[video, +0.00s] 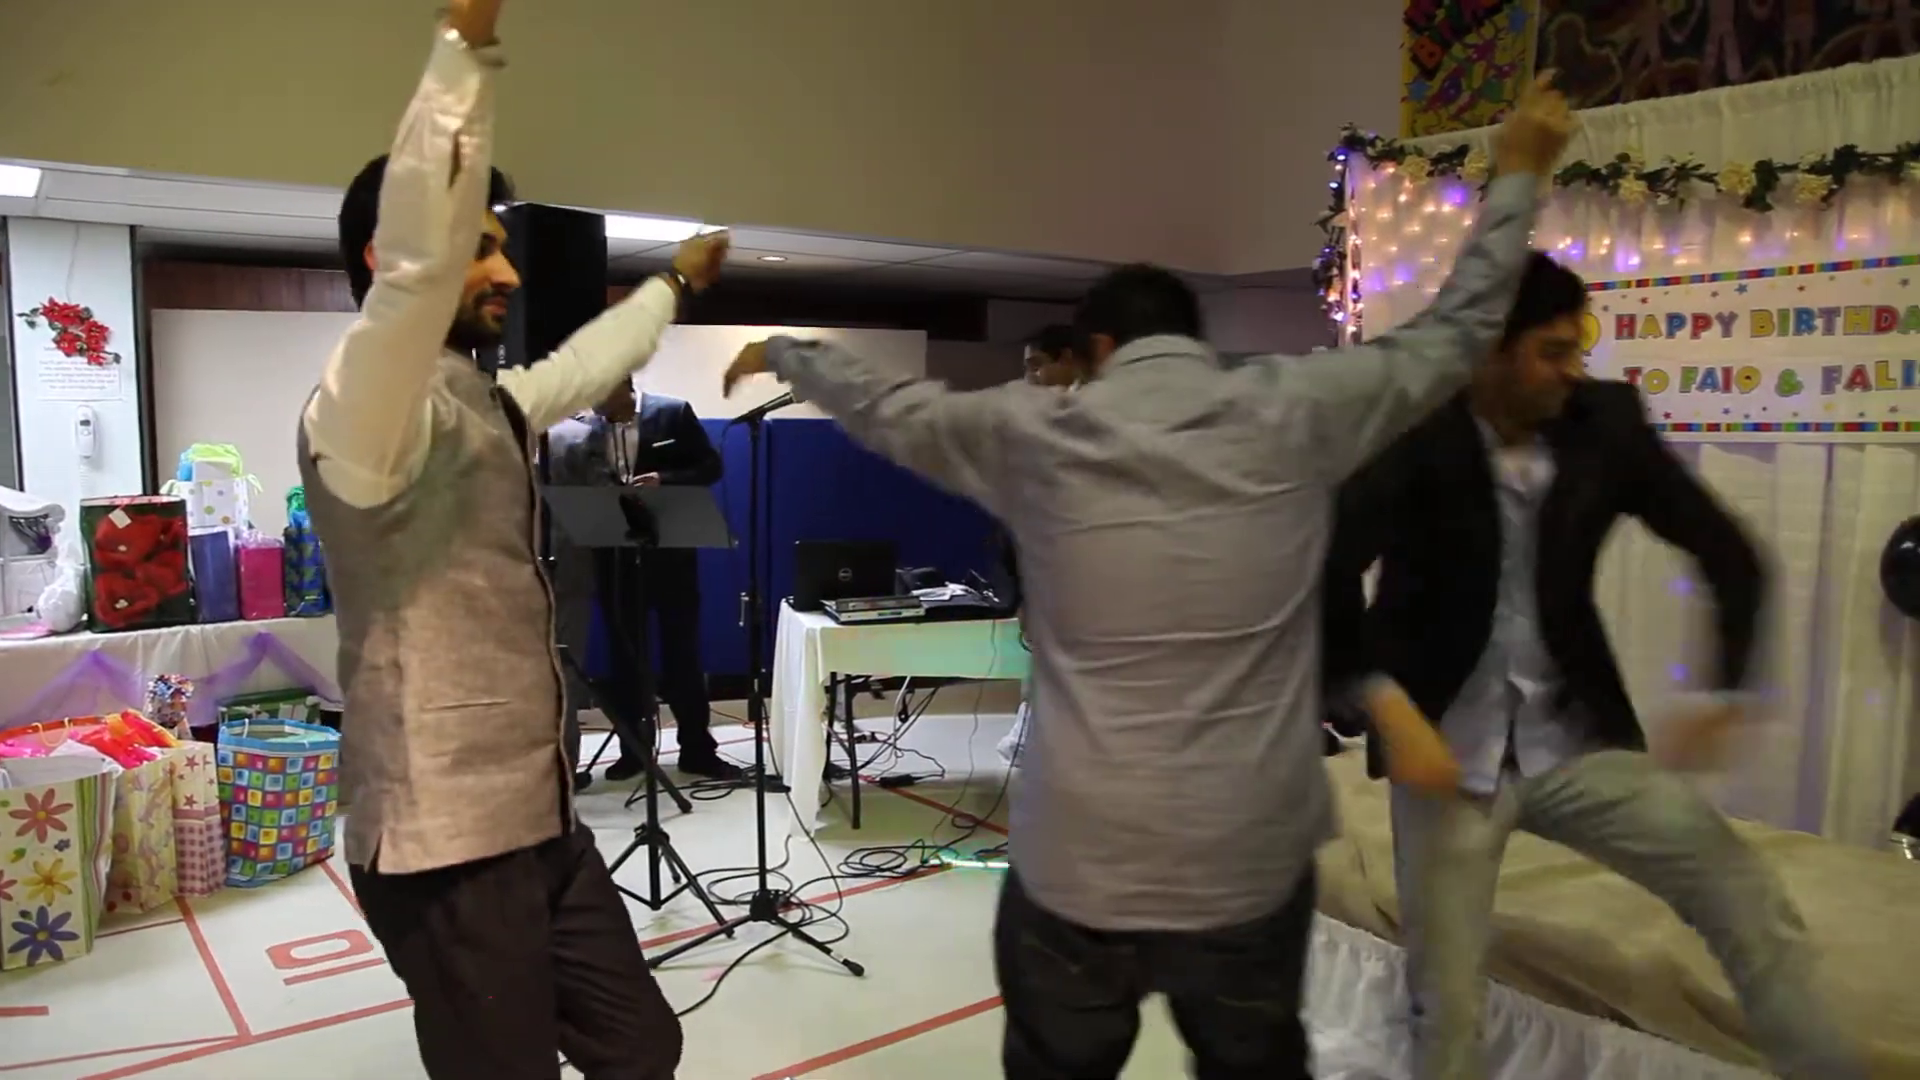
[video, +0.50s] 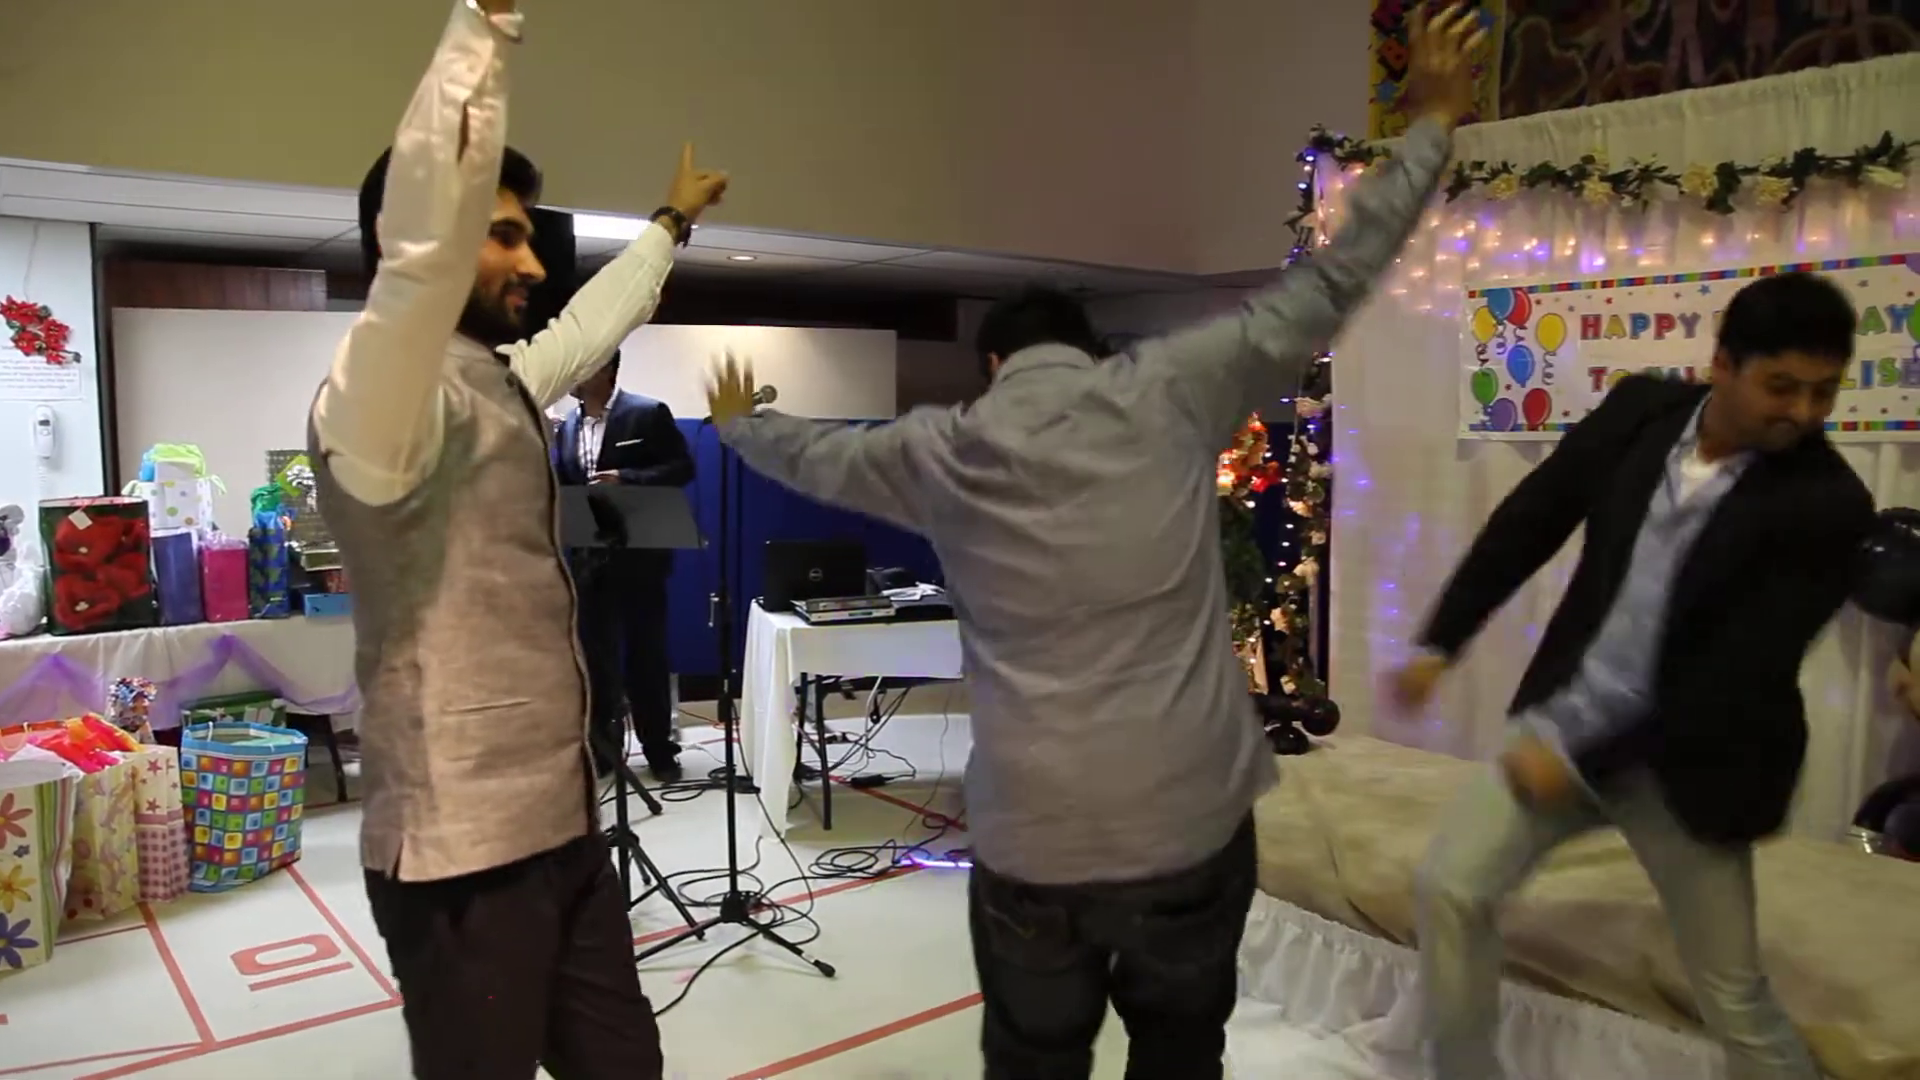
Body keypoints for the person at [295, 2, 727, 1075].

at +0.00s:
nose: (504, 266)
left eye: (502, 245)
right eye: (477, 247)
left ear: (503, 262)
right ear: (398, 268)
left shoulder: (493, 399)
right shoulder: (367, 425)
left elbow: (587, 367)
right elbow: (407, 267)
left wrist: (675, 283)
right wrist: (463, 47)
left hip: (535, 819)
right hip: (443, 843)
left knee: (639, 1046)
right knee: (504, 1072)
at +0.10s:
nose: (510, 262)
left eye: (504, 237)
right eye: (483, 240)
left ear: (494, 252)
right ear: (402, 251)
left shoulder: (492, 388)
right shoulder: (369, 417)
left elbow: (578, 344)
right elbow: (423, 252)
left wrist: (667, 255)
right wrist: (480, 32)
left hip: (542, 817)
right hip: (449, 843)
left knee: (637, 1052)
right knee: (495, 1075)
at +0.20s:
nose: (516, 259)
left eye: (511, 235)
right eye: (489, 235)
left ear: (409, 246)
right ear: (399, 243)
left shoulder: (492, 381)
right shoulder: (373, 413)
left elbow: (577, 327)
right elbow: (433, 242)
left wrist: (664, 240)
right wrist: (495, 24)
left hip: (553, 817)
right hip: (461, 844)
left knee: (628, 1058)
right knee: (488, 1074)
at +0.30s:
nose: (517, 257)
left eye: (514, 232)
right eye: (488, 232)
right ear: (398, 241)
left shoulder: (496, 383)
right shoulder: (379, 414)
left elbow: (580, 323)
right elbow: (435, 243)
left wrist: (665, 231)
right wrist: (497, 27)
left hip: (562, 819)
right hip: (473, 845)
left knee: (620, 1060)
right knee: (502, 1074)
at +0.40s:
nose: (525, 261)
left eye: (523, 237)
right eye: (499, 237)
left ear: (517, 250)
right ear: (433, 249)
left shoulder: (502, 384)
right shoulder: (384, 417)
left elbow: (584, 324)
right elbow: (432, 247)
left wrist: (664, 225)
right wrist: (492, 28)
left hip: (563, 823)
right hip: (473, 849)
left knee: (621, 1063)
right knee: (501, 1074)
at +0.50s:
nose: (530, 261)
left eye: (531, 239)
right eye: (502, 233)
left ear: (529, 258)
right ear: (432, 244)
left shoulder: (505, 382)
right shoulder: (384, 410)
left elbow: (587, 323)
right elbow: (421, 242)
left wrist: (670, 223)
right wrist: (482, 26)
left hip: (561, 827)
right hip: (463, 851)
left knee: (622, 1065)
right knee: (479, 1074)